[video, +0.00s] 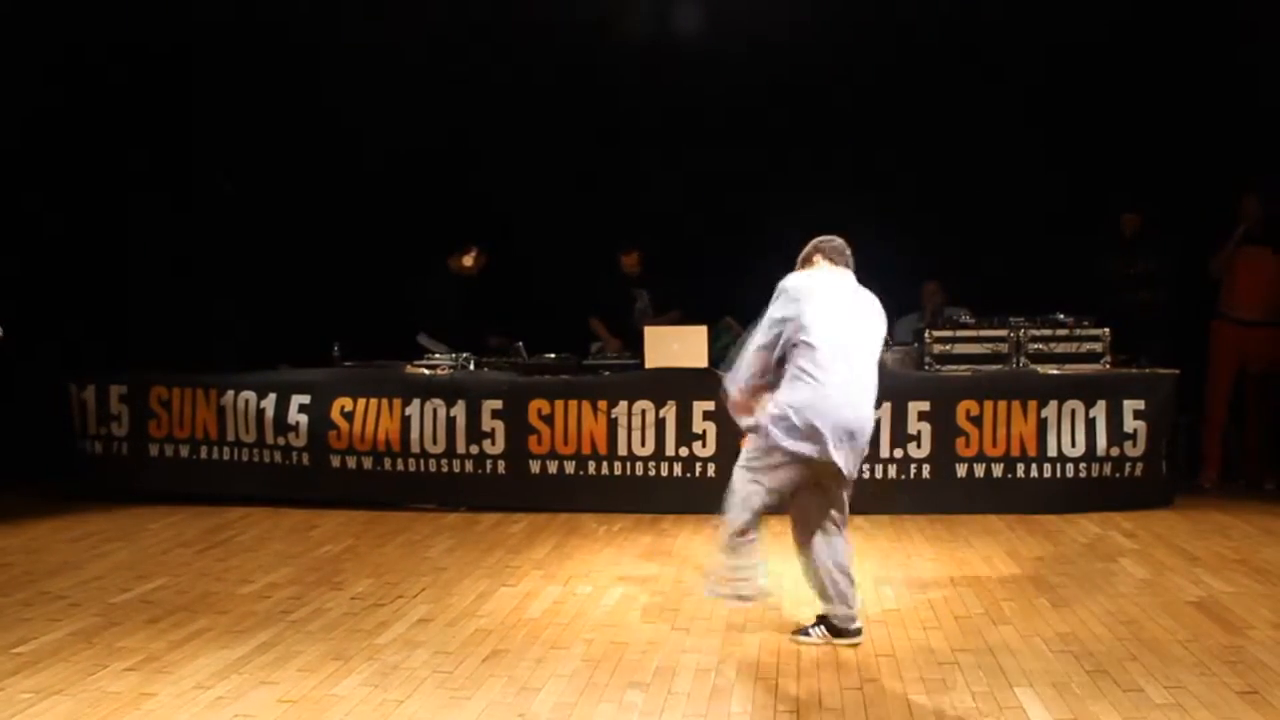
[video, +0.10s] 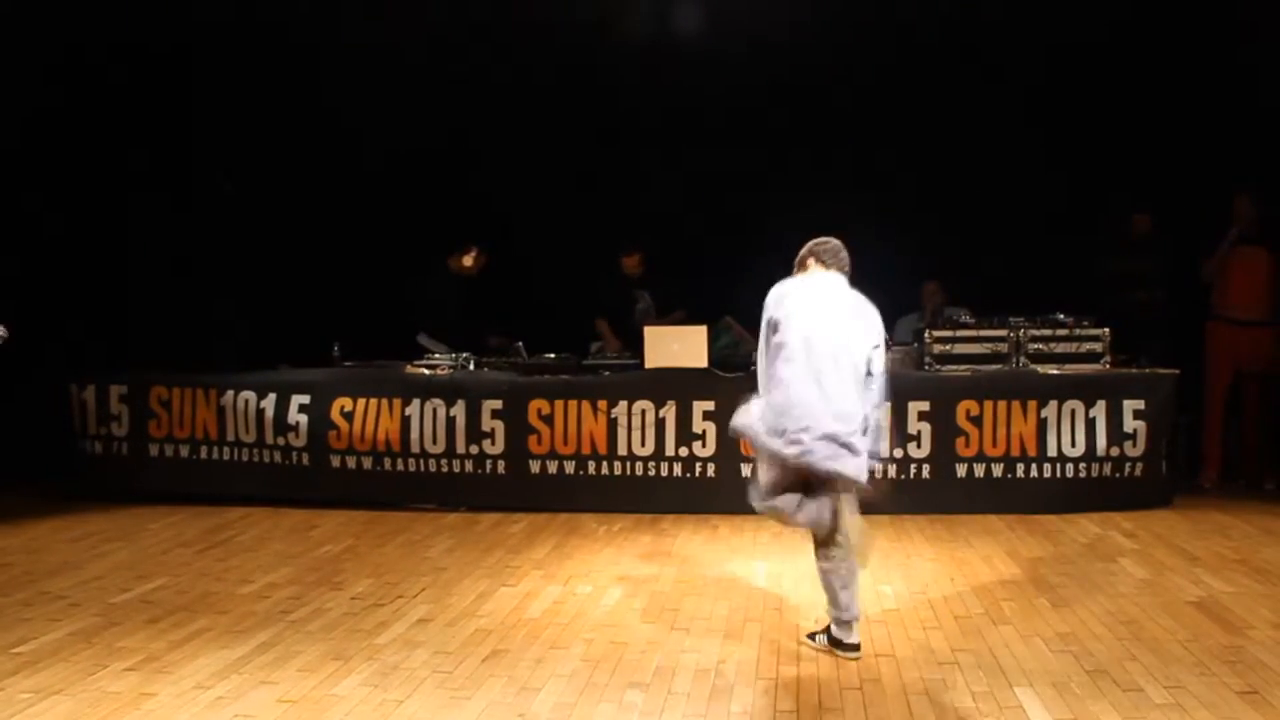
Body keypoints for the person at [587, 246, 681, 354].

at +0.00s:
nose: (632, 269)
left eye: (635, 265)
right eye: (628, 266)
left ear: (641, 263)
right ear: (621, 264)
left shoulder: (654, 282)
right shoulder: (611, 285)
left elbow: (676, 313)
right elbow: (593, 318)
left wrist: (654, 324)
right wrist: (609, 341)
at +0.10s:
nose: (632, 269)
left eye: (636, 265)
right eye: (629, 265)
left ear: (642, 263)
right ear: (621, 264)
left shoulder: (655, 283)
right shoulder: (613, 286)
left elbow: (680, 312)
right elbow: (600, 318)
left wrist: (658, 326)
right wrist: (611, 341)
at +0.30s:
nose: (642, 269)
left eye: (645, 264)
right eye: (638, 265)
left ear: (651, 262)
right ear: (631, 265)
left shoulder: (664, 281)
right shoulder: (625, 285)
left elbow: (684, 313)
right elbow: (611, 316)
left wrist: (665, 328)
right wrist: (619, 338)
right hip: (634, 342)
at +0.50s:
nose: (647, 269)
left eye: (650, 265)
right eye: (642, 266)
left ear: (655, 263)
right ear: (635, 265)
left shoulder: (666, 282)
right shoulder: (629, 285)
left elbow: (682, 311)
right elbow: (621, 318)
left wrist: (671, 332)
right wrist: (630, 338)